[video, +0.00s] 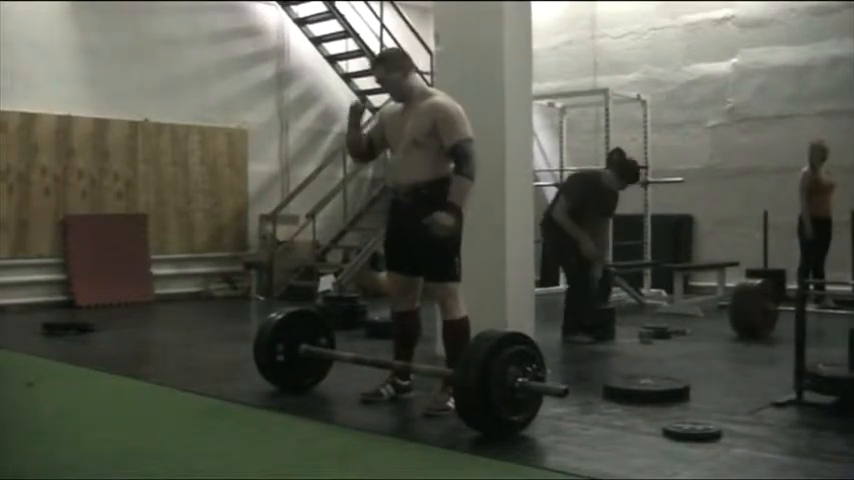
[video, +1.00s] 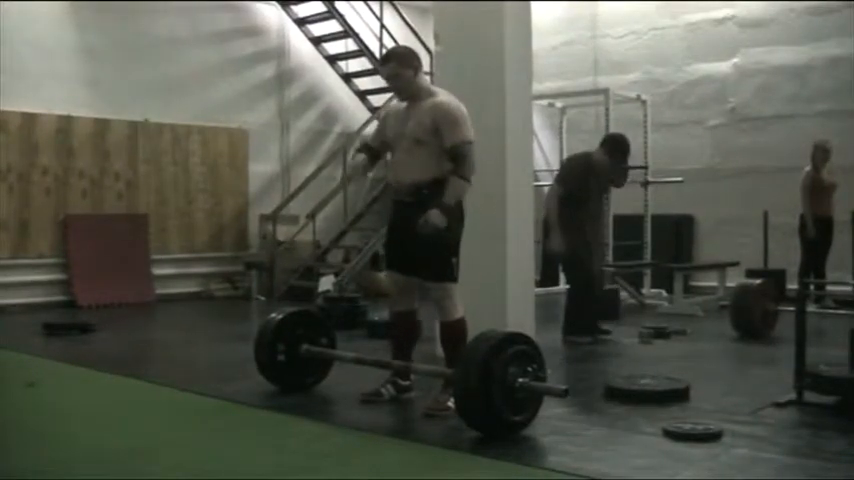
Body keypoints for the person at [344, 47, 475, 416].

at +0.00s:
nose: (385, 88)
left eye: (389, 80)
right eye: (381, 83)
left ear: (407, 72)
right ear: (382, 82)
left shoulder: (442, 109)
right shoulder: (391, 117)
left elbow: (465, 162)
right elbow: (363, 153)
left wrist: (453, 208)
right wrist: (354, 127)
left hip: (438, 201)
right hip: (402, 204)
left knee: (446, 295)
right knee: (401, 292)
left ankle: (454, 385)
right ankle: (400, 379)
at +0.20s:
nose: (390, 88)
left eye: (394, 80)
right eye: (385, 82)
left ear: (412, 72)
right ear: (385, 80)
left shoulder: (443, 109)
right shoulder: (389, 116)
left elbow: (467, 163)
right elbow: (365, 153)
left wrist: (450, 209)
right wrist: (369, 158)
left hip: (436, 200)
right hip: (400, 201)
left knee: (445, 294)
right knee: (401, 293)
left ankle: (454, 386)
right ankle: (400, 380)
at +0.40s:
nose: (391, 86)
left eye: (394, 78)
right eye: (387, 79)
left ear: (414, 71)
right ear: (387, 78)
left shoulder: (444, 109)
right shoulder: (393, 114)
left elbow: (467, 164)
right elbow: (364, 154)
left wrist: (457, 213)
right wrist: (368, 131)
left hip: (437, 200)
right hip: (401, 202)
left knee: (445, 294)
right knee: (402, 293)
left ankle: (454, 386)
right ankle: (400, 380)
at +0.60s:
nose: (391, 86)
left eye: (395, 78)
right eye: (387, 80)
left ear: (415, 70)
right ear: (388, 78)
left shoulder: (444, 110)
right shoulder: (395, 114)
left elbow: (464, 164)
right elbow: (364, 152)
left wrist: (453, 212)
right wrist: (370, 127)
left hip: (436, 201)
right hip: (401, 203)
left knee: (445, 294)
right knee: (402, 293)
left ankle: (454, 387)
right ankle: (400, 380)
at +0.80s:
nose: (392, 85)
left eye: (396, 77)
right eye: (389, 79)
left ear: (415, 70)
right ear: (389, 78)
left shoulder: (444, 108)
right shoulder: (398, 111)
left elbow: (461, 163)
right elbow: (363, 148)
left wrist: (442, 207)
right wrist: (383, 119)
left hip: (437, 202)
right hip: (402, 202)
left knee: (445, 295)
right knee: (403, 293)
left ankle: (454, 386)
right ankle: (401, 379)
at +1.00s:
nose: (391, 85)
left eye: (395, 77)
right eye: (387, 79)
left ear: (415, 70)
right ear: (388, 78)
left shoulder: (446, 108)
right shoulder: (393, 113)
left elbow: (465, 164)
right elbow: (375, 149)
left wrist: (445, 208)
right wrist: (365, 158)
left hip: (438, 202)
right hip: (402, 203)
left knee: (444, 296)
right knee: (401, 293)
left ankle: (453, 386)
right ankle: (400, 379)